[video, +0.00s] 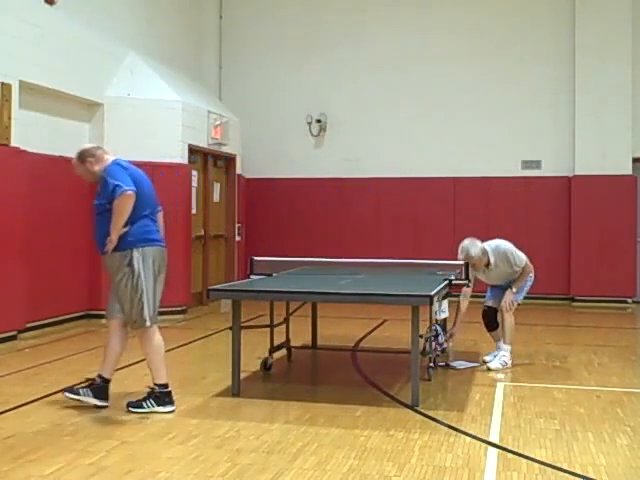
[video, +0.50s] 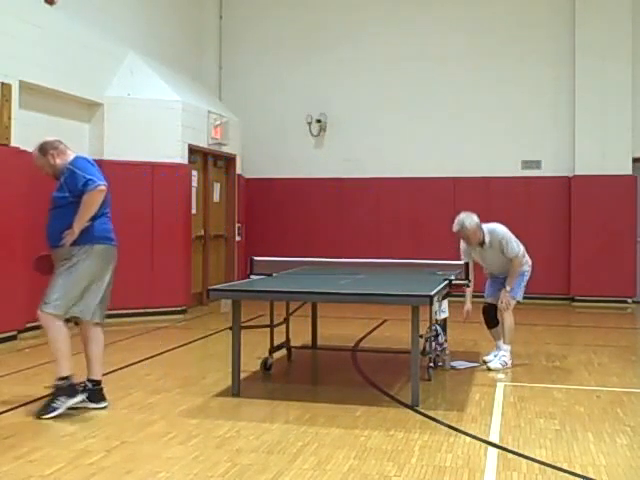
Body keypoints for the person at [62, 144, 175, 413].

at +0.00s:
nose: (86, 178)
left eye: (84, 173)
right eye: (83, 174)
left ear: (92, 162)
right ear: (100, 156)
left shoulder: (111, 169)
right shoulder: (129, 169)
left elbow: (126, 193)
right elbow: (157, 210)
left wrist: (114, 233)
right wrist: (157, 244)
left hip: (137, 251)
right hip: (140, 250)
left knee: (145, 323)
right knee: (117, 319)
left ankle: (162, 393)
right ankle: (101, 386)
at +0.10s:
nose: (77, 181)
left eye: (74, 176)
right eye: (73, 178)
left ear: (81, 164)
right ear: (90, 158)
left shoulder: (100, 170)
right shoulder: (121, 172)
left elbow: (116, 193)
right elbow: (145, 214)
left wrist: (105, 234)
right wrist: (142, 244)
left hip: (125, 252)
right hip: (135, 249)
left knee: (135, 326)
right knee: (111, 324)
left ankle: (160, 391)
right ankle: (96, 389)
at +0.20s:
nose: (66, 179)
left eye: (64, 173)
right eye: (64, 176)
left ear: (72, 162)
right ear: (78, 158)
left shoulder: (92, 169)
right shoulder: (102, 171)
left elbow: (109, 193)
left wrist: (97, 233)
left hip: (115, 250)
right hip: (117, 249)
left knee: (103, 325)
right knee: (109, 326)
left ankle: (149, 381)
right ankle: (95, 389)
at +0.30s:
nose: (59, 178)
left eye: (57, 172)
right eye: (56, 174)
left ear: (65, 160)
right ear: (69, 158)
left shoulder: (86, 167)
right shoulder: (84, 174)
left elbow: (105, 189)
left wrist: (90, 230)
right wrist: (77, 254)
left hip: (106, 250)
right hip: (108, 249)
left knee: (76, 319)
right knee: (101, 322)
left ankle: (126, 369)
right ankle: (95, 389)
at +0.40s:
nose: (53, 174)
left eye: (51, 168)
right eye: (50, 171)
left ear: (59, 157)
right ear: (64, 154)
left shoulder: (82, 164)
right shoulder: (79, 175)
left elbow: (101, 189)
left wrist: (83, 230)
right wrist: (70, 249)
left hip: (98, 248)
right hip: (107, 249)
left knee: (59, 314)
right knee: (94, 321)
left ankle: (97, 373)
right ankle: (94, 390)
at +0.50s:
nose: (47, 173)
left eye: (45, 167)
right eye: (44, 170)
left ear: (54, 155)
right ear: (57, 153)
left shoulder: (76, 163)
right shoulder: (71, 176)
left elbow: (97, 188)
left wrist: (76, 228)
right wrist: (60, 248)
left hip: (89, 247)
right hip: (100, 248)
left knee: (49, 313)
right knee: (90, 320)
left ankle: (66, 386)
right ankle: (95, 389)